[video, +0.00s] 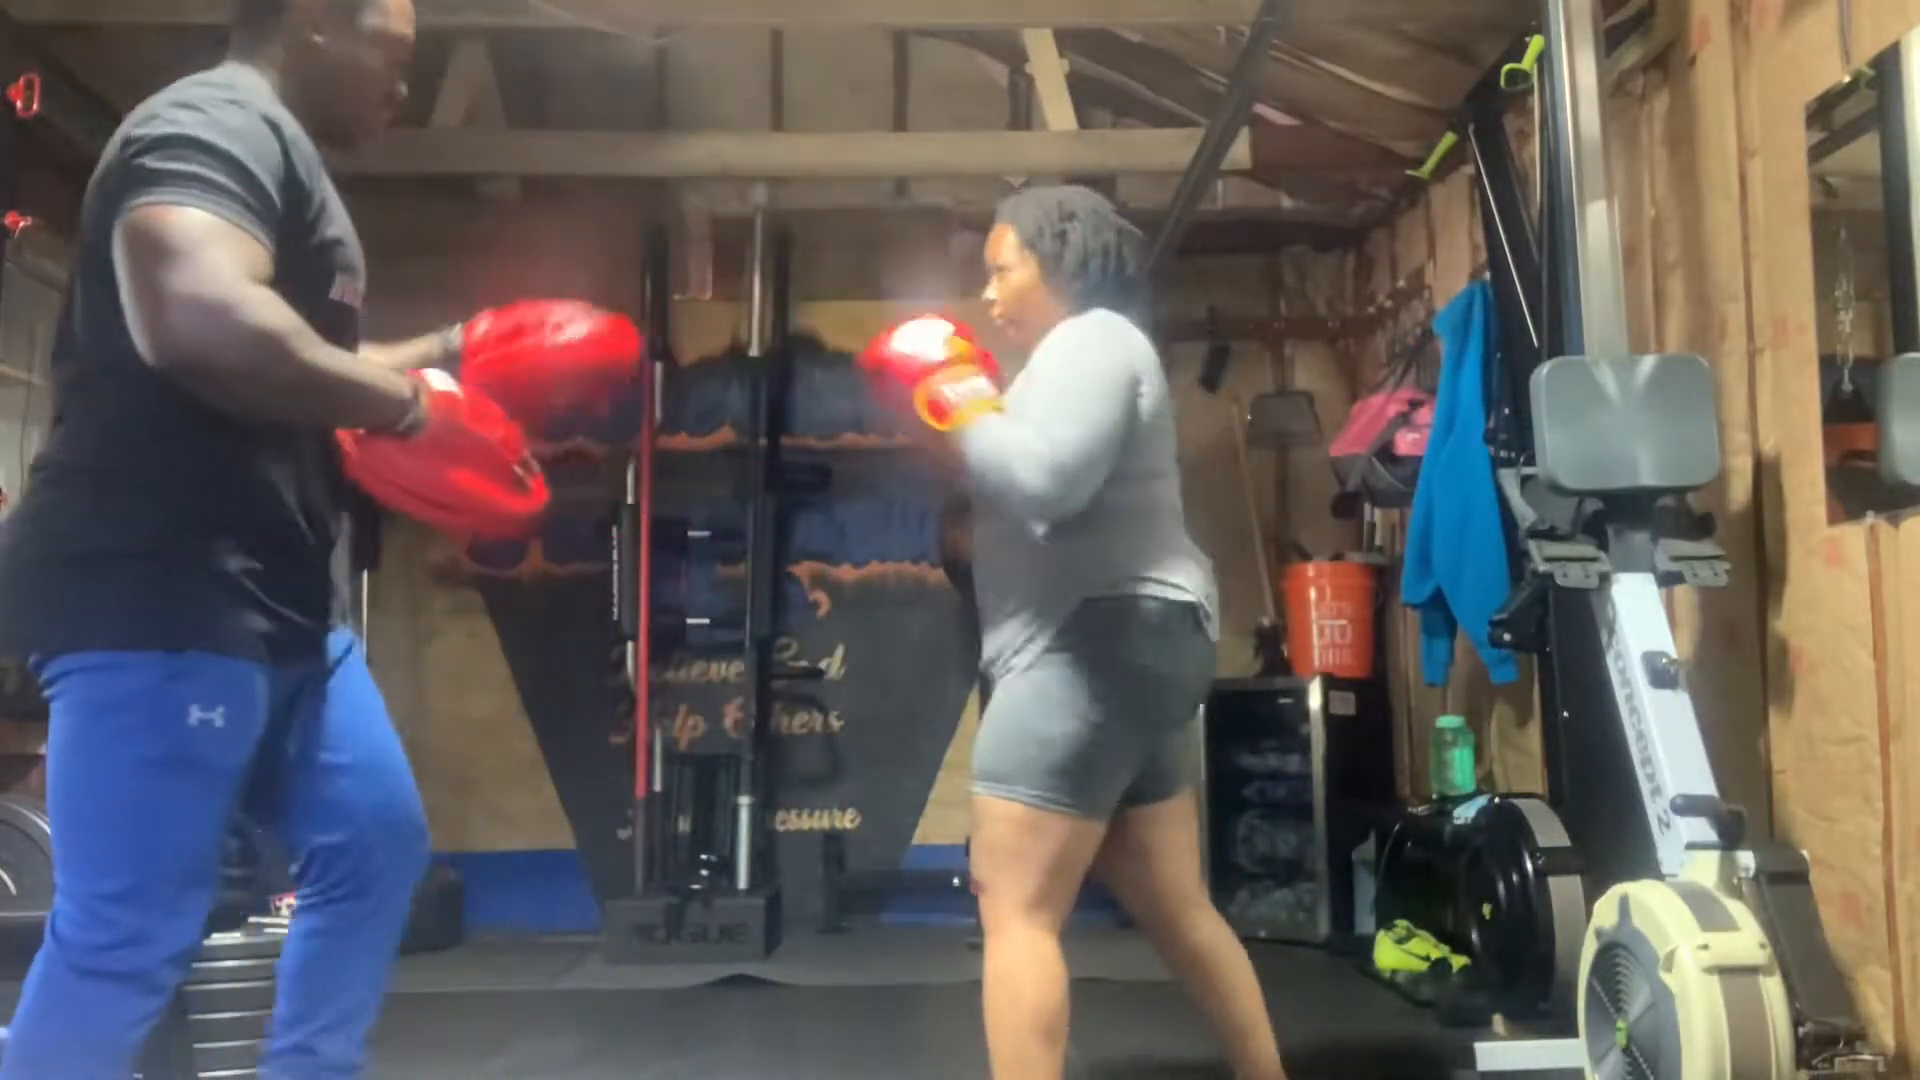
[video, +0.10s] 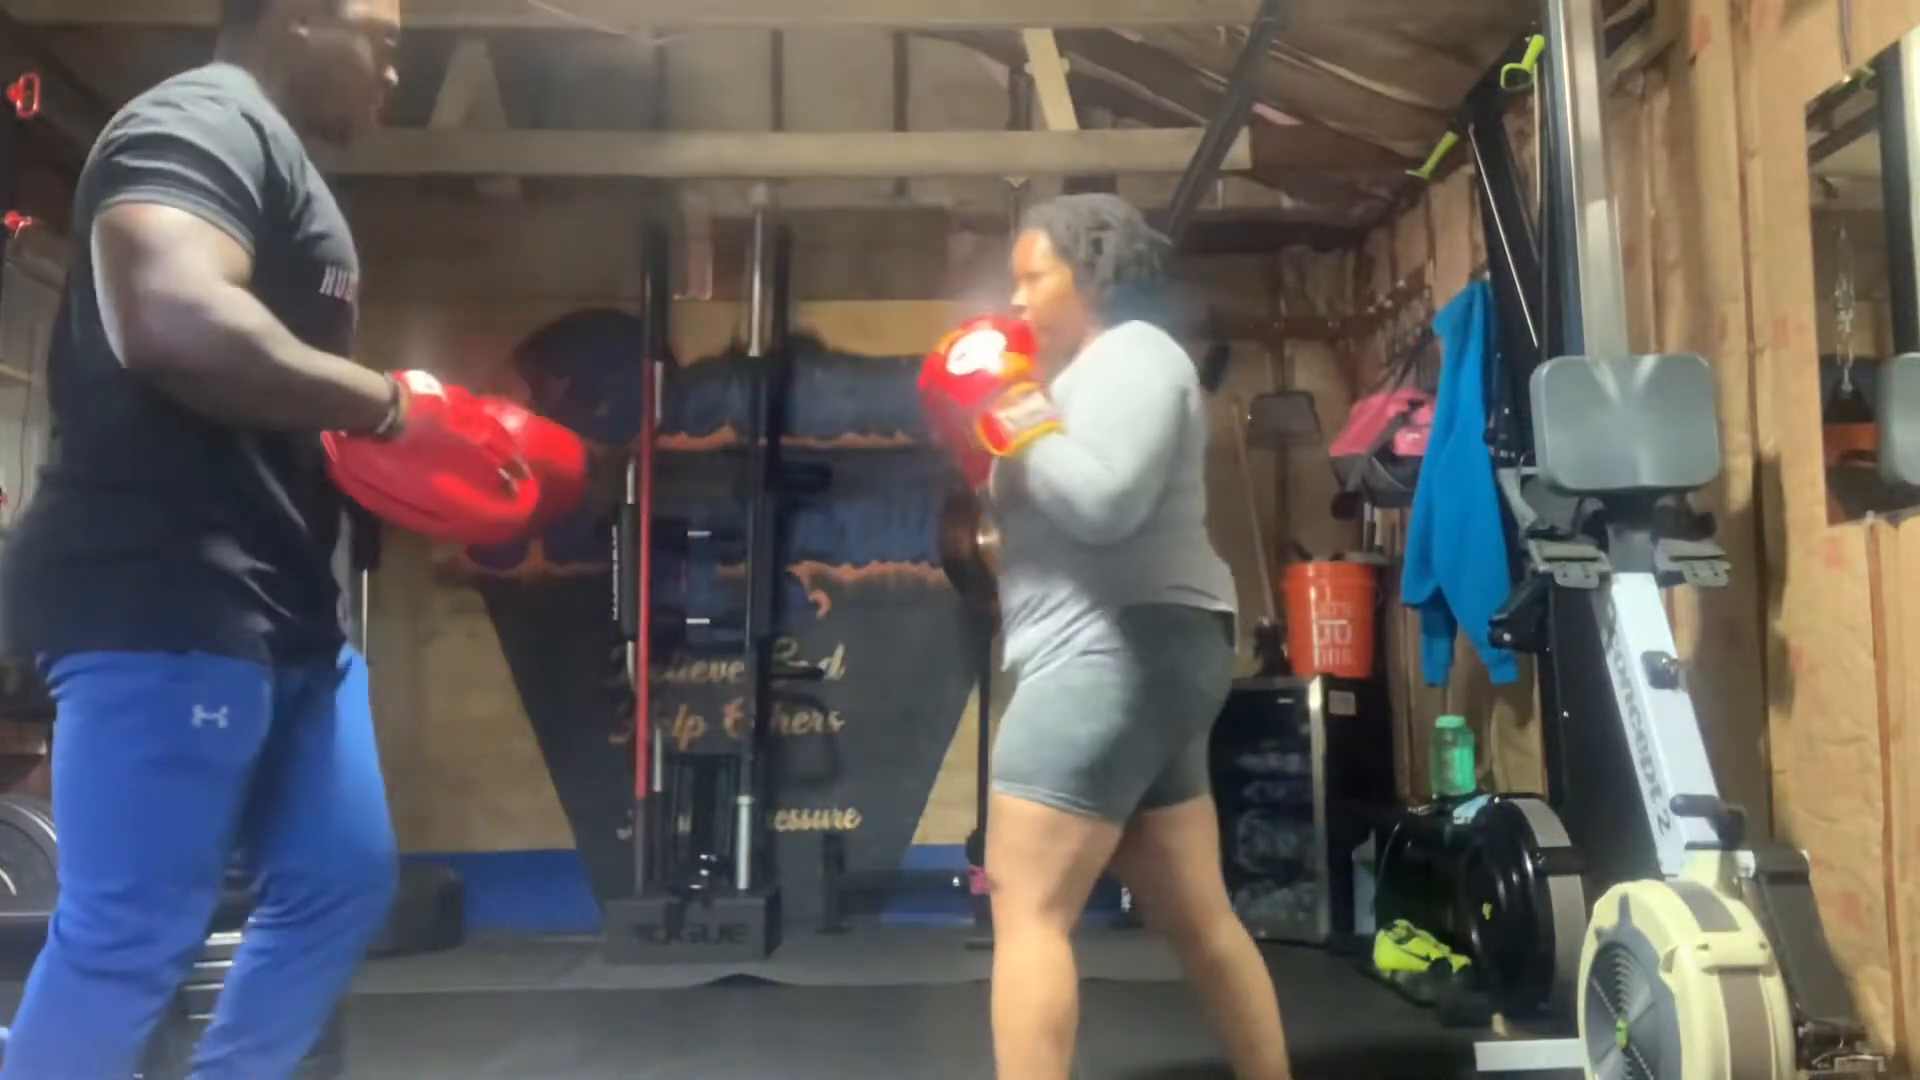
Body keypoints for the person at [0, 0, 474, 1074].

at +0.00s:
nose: (404, 92)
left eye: (408, 67)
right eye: (396, 55)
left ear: (314, 30)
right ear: (316, 23)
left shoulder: (285, 167)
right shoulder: (213, 114)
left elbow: (289, 372)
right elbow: (195, 318)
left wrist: (453, 351)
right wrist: (404, 402)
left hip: (282, 608)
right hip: (158, 605)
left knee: (374, 850)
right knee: (122, 940)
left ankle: (307, 1068)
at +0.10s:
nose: (393, 77)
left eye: (395, 51)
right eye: (383, 42)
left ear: (302, 23)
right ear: (304, 17)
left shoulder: (288, 173)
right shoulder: (200, 113)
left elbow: (270, 409)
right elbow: (173, 320)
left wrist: (419, 458)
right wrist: (394, 402)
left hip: (289, 611)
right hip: (167, 604)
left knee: (335, 887)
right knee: (122, 943)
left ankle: (234, 1074)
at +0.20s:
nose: (403, 81)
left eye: (404, 55)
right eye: (388, 45)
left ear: (301, 28)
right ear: (300, 21)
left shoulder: (293, 178)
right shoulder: (203, 119)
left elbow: (272, 430)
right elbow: (167, 321)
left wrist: (409, 507)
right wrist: (386, 410)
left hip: (299, 620)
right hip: (183, 615)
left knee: (304, 922)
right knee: (179, 940)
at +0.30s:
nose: (422, 95)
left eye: (425, 73)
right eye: (409, 58)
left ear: (321, 29)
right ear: (316, 22)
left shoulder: (300, 187)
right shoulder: (216, 125)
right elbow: (166, 324)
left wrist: (398, 525)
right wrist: (390, 420)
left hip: (282, 610)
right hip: (191, 607)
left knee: (302, 928)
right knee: (261, 935)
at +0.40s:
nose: (447, 84)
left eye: (452, 59)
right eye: (436, 45)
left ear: (354, 23)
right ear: (346, 17)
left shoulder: (323, 185)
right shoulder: (219, 113)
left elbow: (333, 423)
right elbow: (163, 312)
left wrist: (436, 522)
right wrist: (383, 406)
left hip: (283, 586)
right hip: (190, 579)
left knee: (279, 916)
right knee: (302, 911)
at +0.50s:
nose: (474, 81)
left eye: (483, 53)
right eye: (475, 41)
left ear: (404, 17)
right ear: (406, 9)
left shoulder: (356, 182)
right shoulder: (235, 93)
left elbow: (389, 393)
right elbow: (150, 277)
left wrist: (484, 494)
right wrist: (383, 388)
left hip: (282, 567)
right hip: (201, 561)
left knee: (228, 911)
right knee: (330, 880)